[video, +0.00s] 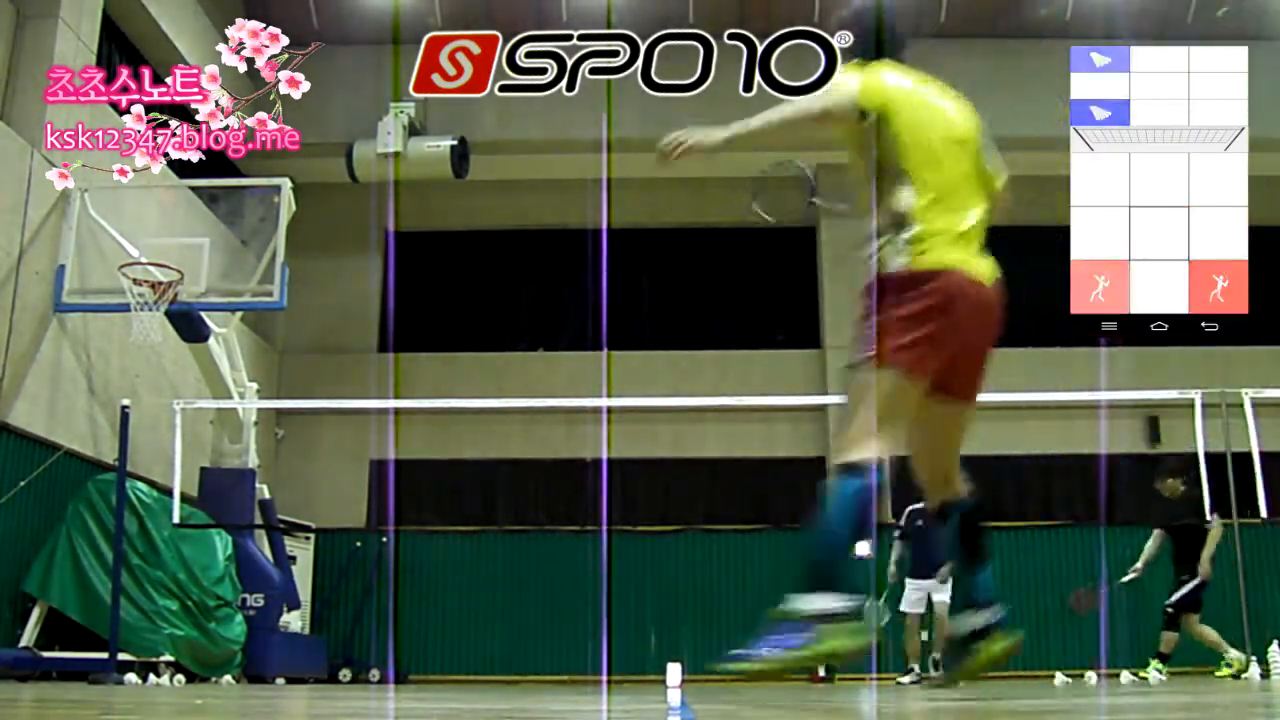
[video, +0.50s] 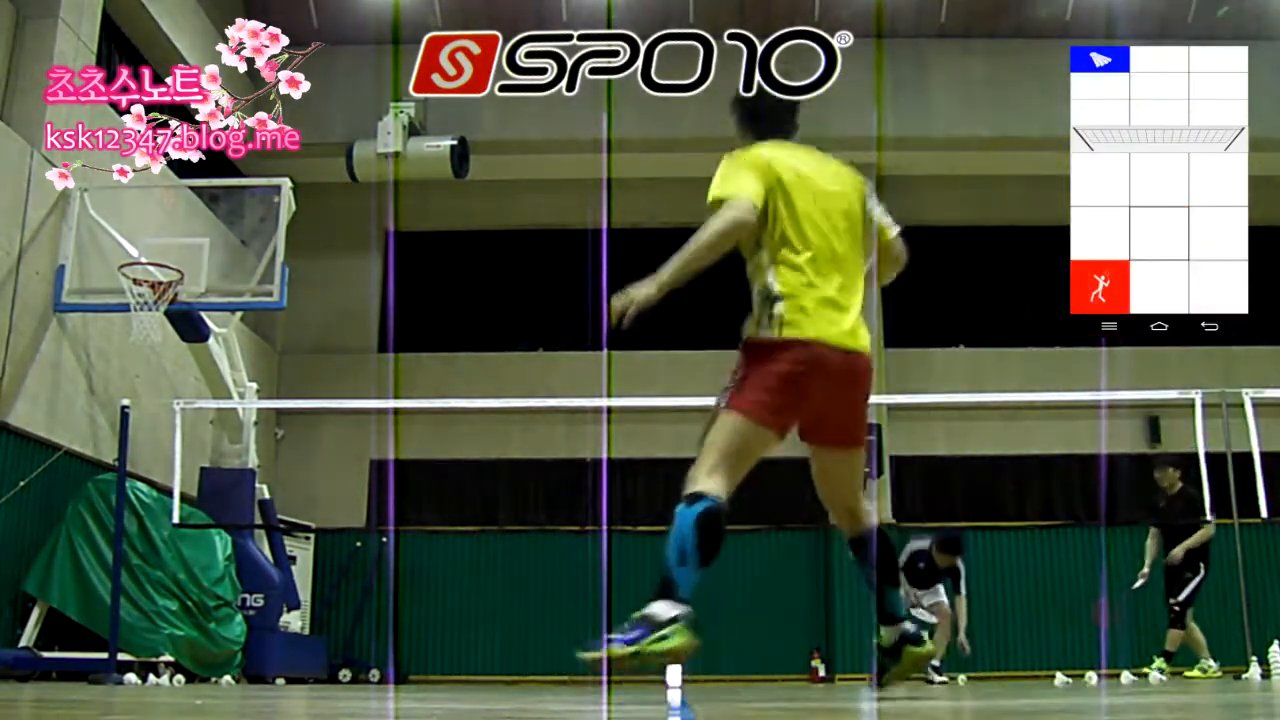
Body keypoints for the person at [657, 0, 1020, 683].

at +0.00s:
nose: (830, 61)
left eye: (833, 49)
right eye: (831, 52)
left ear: (851, 47)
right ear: (897, 47)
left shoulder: (870, 79)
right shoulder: (955, 104)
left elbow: (805, 110)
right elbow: (997, 195)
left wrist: (719, 134)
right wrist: (922, 211)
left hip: (923, 280)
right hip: (979, 287)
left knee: (866, 433)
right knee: (937, 457)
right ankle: (974, 610)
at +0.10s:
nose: (806, 125)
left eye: (809, 116)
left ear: (817, 112)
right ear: (870, 112)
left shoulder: (826, 148)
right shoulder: (923, 172)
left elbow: (787, 191)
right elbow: (966, 261)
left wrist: (666, 204)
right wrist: (897, 277)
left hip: (863, 343)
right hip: (933, 354)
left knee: (792, 485)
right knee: (897, 511)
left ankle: (727, 634)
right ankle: (926, 656)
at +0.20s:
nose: (787, 165)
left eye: (789, 157)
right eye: (791, 157)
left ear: (795, 159)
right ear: (850, 161)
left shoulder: (796, 200)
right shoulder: (897, 223)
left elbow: (775, 246)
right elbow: (953, 298)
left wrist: (657, 266)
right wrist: (891, 278)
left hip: (827, 392)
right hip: (897, 403)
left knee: (744, 519)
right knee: (851, 527)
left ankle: (719, 648)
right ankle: (924, 655)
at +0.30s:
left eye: (780, 128)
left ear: (782, 132)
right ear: (837, 129)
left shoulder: (779, 169)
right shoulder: (881, 191)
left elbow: (760, 227)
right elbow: (937, 270)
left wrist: (657, 271)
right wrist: (874, 256)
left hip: (805, 361)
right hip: (872, 370)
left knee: (731, 490)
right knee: (842, 509)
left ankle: (711, 609)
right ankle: (908, 631)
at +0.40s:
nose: (754, 114)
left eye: (754, 104)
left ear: (762, 105)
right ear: (817, 107)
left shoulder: (763, 147)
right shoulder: (866, 166)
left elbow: (745, 201)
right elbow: (914, 246)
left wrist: (657, 264)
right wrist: (864, 271)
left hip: (792, 333)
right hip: (860, 344)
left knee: (727, 467)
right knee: (841, 492)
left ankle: (700, 597)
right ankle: (900, 612)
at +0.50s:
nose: (738, 125)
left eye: (739, 117)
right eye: (750, 115)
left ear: (742, 122)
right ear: (794, 122)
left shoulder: (749, 160)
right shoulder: (844, 176)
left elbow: (740, 216)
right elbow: (894, 254)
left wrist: (657, 284)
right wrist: (842, 291)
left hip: (787, 346)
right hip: (853, 354)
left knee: (713, 475)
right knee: (850, 506)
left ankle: (671, 606)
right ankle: (900, 627)